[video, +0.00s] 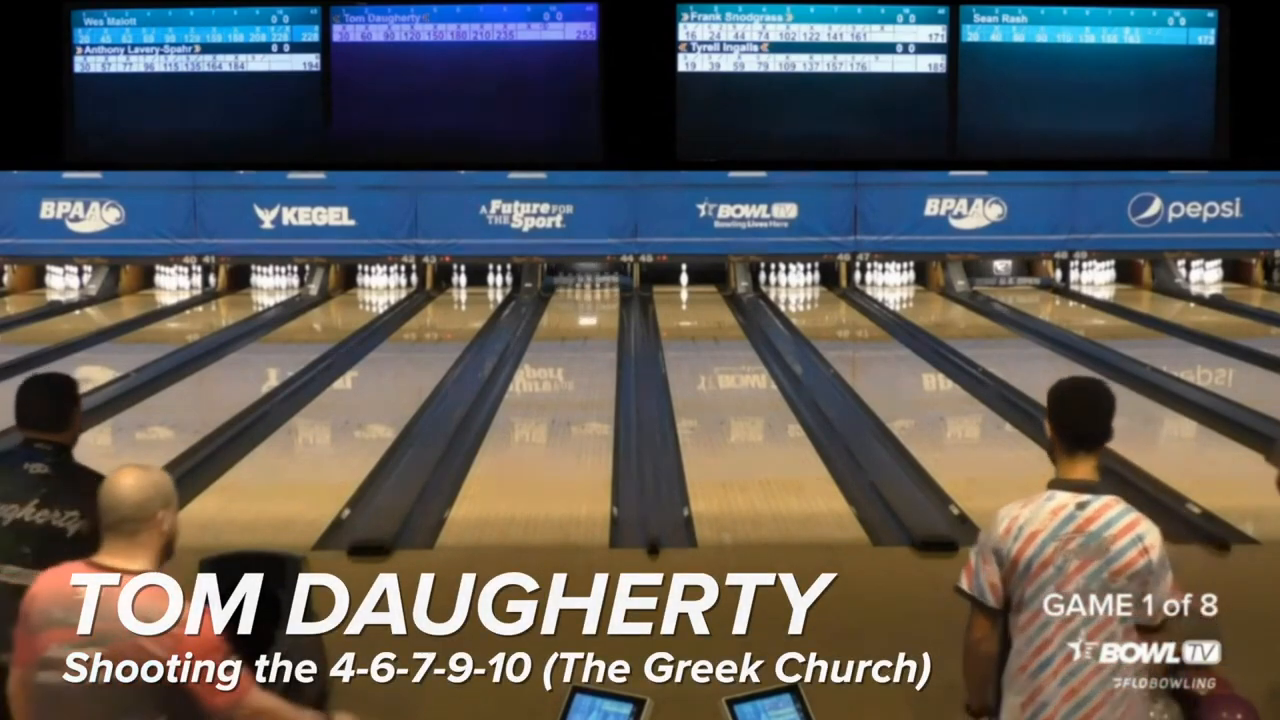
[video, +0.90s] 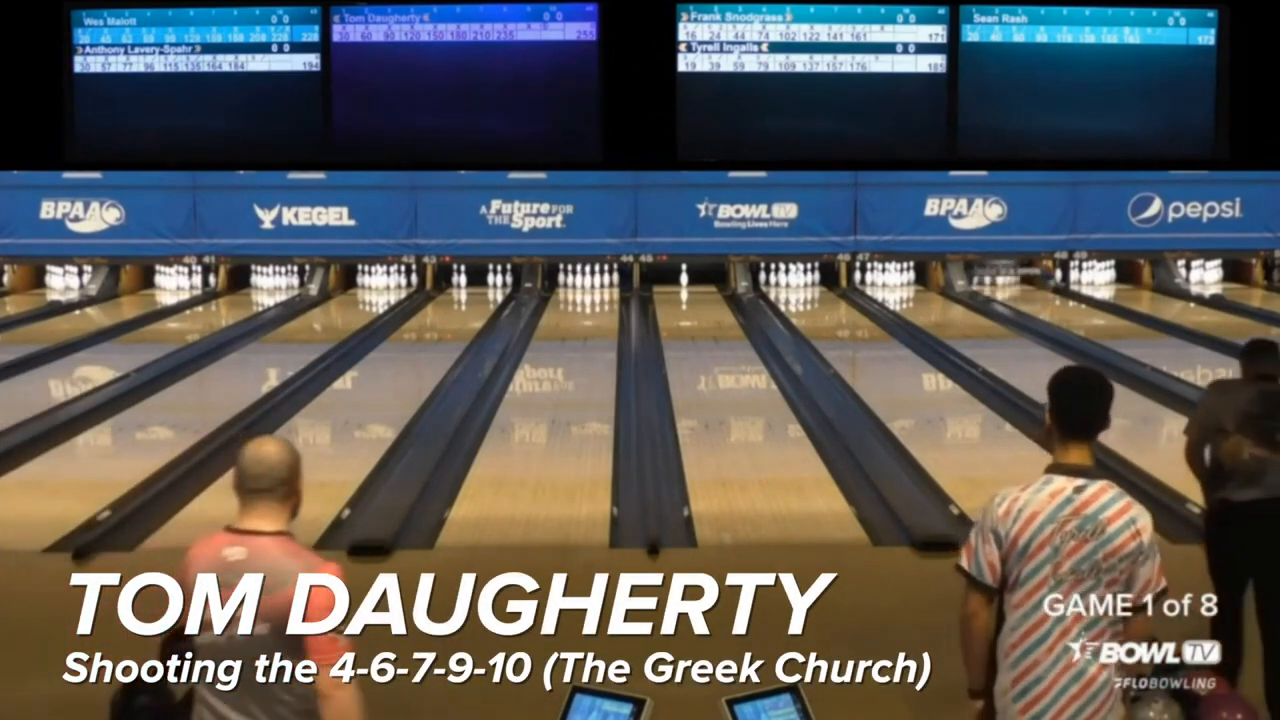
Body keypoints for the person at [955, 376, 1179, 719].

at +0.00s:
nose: (1049, 433)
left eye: (1048, 425)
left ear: (1049, 431)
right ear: (1108, 435)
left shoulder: (1011, 523)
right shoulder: (1141, 532)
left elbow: (982, 633)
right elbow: (1152, 621)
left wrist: (978, 706)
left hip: (1029, 706)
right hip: (1117, 708)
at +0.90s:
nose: (1045, 422)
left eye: (1046, 413)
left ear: (1048, 418)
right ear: (1106, 425)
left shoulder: (1010, 508)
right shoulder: (1133, 517)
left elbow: (977, 607)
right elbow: (1139, 617)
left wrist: (978, 693)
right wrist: (1122, 685)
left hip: (1021, 698)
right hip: (1097, 701)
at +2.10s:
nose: (1056, 409)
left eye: (1058, 403)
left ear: (1062, 411)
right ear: (1120, 417)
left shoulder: (1023, 497)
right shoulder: (1150, 507)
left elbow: (986, 599)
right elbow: (1159, 599)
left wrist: (990, 661)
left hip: (1033, 686)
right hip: (1112, 692)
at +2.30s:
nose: (1057, 408)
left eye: (1057, 402)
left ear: (1062, 412)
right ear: (1118, 417)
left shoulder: (1024, 494)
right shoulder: (1152, 506)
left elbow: (986, 595)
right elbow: (1160, 608)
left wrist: (989, 659)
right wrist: (1144, 668)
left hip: (1033, 686)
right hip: (1112, 692)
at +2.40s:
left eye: (1060, 403)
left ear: (1062, 412)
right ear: (1118, 418)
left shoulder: (1024, 493)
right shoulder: (1153, 505)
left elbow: (986, 594)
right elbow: (1161, 608)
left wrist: (988, 661)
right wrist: (1142, 670)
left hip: (1033, 685)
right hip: (1111, 691)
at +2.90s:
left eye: (1057, 408)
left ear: (1060, 413)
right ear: (1116, 419)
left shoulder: (1022, 498)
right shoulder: (1146, 511)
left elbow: (983, 601)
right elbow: (1154, 612)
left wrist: (986, 665)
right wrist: (1139, 669)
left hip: (1028, 685)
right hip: (1107, 693)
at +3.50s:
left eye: (1057, 405)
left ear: (1059, 412)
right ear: (1116, 420)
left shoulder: (1020, 499)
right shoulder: (1143, 512)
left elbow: (983, 602)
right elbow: (1149, 614)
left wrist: (984, 666)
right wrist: (1141, 674)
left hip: (1026, 687)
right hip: (1104, 695)